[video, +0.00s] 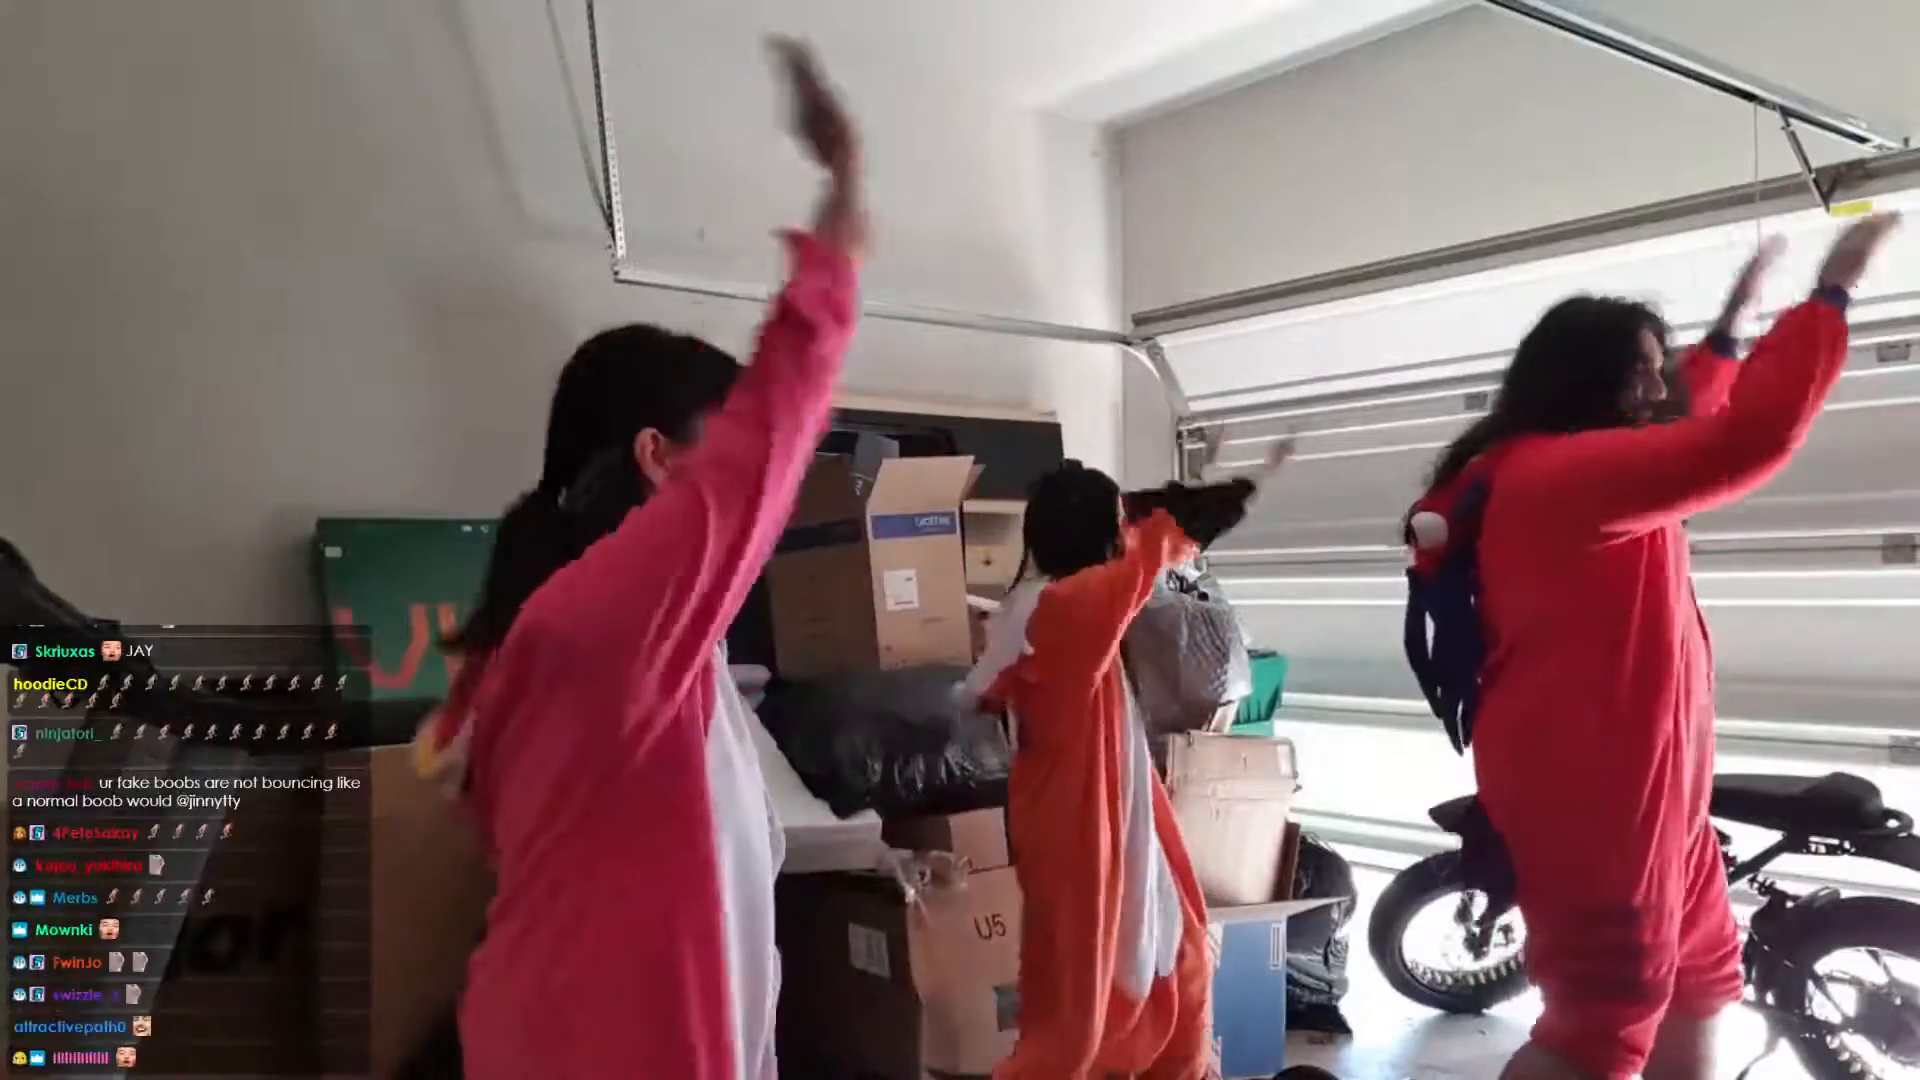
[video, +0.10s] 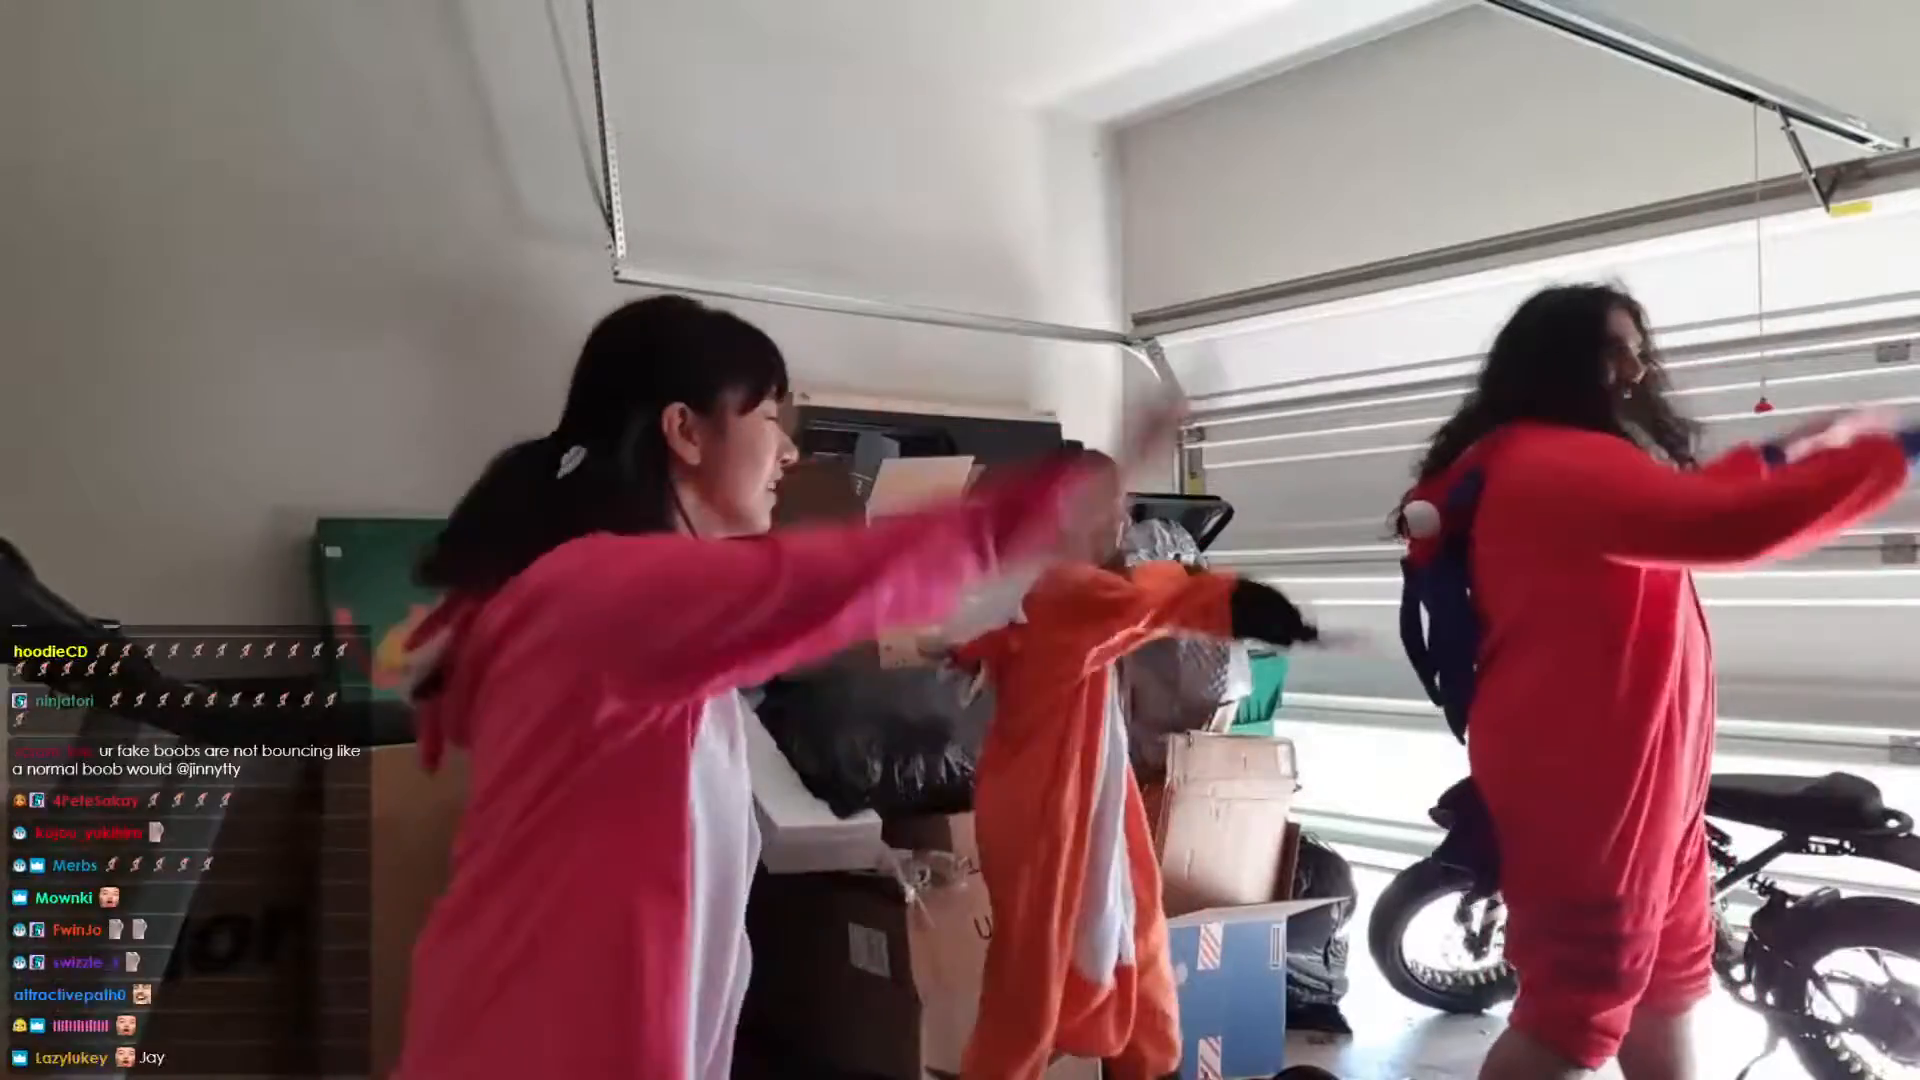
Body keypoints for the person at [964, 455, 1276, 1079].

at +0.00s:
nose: (1132, 531)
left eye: (1132, 519)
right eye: (1124, 519)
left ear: (1041, 532)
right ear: (1109, 530)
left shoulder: (1030, 606)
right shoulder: (1067, 603)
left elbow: (986, 693)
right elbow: (1155, 543)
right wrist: (1253, 481)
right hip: (1077, 809)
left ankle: (1174, 1063)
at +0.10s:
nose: (1122, 517)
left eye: (1122, 502)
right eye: (1107, 501)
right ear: (1064, 507)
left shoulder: (1087, 588)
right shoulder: (1060, 589)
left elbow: (1009, 638)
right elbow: (1170, 598)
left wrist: (976, 653)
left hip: (1101, 804)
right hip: (1040, 810)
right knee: (1029, 995)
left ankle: (1147, 1062)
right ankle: (1000, 1067)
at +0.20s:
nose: (1134, 544)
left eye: (1132, 529)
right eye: (1127, 530)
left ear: (1051, 532)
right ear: (1107, 536)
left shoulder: (1061, 601)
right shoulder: (1063, 605)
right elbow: (1141, 677)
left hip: (1066, 810)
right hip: (1012, 808)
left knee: (1102, 957)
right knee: (1010, 954)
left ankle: (1118, 1062)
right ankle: (992, 1063)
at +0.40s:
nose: (1135, 555)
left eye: (1130, 539)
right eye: (1129, 541)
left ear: (1046, 545)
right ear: (1111, 552)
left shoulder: (1052, 620)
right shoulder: (1067, 627)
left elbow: (1118, 741)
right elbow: (1087, 751)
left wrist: (1144, 840)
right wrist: (1123, 867)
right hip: (1015, 849)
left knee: (1144, 975)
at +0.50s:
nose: (1130, 531)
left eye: (1129, 513)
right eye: (1121, 513)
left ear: (1048, 517)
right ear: (1090, 518)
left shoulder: (1064, 592)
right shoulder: (1055, 594)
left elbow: (1152, 679)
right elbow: (1141, 672)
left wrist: (1237, 727)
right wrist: (1245, 725)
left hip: (1095, 823)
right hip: (1048, 826)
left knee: (1151, 976)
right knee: (1018, 993)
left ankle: (1144, 1074)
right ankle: (989, 1071)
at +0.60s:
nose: (1118, 529)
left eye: (1120, 513)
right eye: (1107, 513)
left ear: (1044, 520)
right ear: (1073, 518)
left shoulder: (1074, 597)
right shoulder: (1051, 595)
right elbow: (1154, 595)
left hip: (1127, 808)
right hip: (1074, 817)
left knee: (1173, 970)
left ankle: (1155, 1069)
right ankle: (988, 1059)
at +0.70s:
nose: (1123, 541)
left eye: (1123, 528)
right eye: (1113, 528)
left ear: (1053, 529)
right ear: (1084, 530)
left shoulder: (1089, 608)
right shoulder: (1062, 606)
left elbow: (974, 683)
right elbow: (1161, 568)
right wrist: (1231, 465)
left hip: (1153, 823)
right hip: (1098, 831)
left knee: (1192, 975)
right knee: (1073, 998)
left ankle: (1158, 1069)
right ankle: (1005, 1064)